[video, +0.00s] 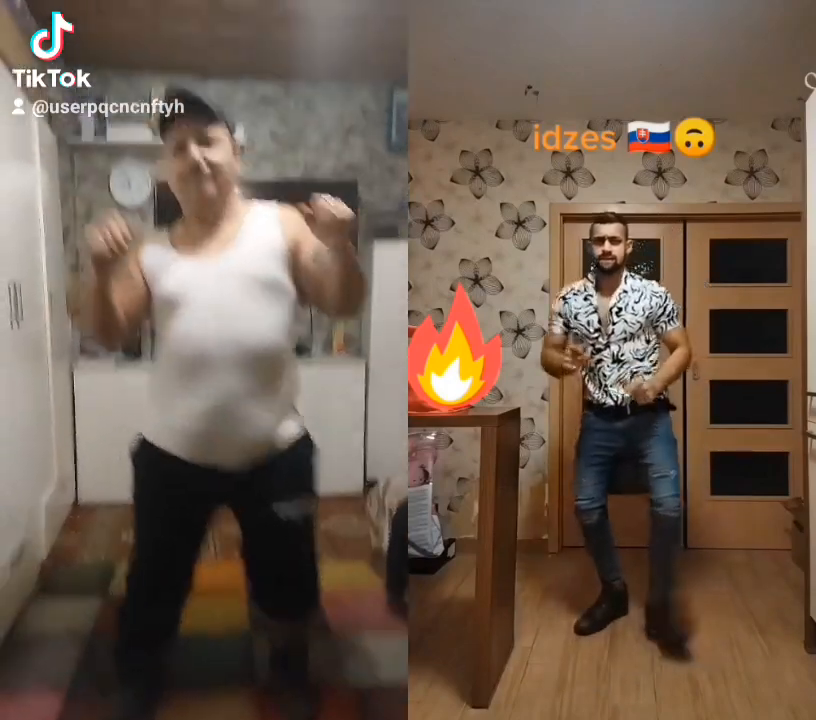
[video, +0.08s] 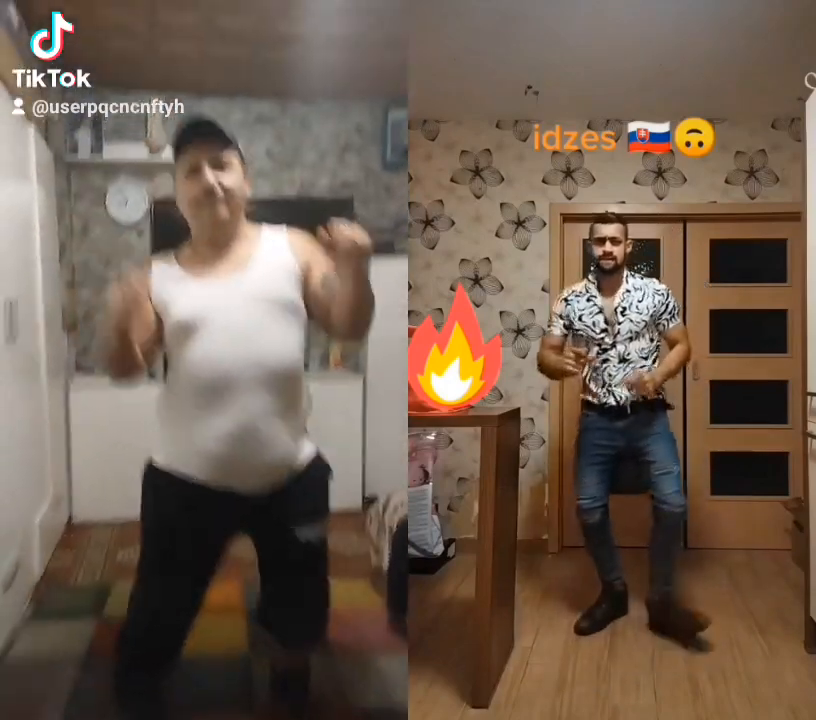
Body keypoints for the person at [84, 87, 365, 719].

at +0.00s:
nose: (198, 158)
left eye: (208, 141)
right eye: (181, 149)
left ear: (236, 149)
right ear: (166, 171)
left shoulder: (282, 224)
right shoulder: (153, 251)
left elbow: (343, 302)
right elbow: (107, 332)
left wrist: (341, 246)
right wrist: (99, 270)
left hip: (273, 452)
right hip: (173, 455)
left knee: (290, 600)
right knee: (152, 601)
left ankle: (293, 700)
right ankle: (135, 702)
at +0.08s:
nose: (210, 181)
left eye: (221, 164)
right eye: (194, 172)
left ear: (246, 176)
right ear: (176, 193)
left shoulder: (293, 248)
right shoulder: (158, 276)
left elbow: (350, 326)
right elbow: (123, 368)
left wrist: (353, 267)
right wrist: (120, 322)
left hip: (288, 480)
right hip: (186, 483)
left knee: (299, 627)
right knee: (152, 633)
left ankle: (292, 703)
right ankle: (136, 705)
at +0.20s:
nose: (236, 227)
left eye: (249, 214)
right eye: (220, 216)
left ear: (266, 228)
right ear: (196, 236)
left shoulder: (304, 301)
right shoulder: (167, 316)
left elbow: (352, 382)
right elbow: (127, 416)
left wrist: (362, 318)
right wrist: (124, 397)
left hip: (291, 536)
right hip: (184, 535)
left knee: (303, 688)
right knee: (141, 695)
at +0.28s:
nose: (251, 232)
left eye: (264, 221)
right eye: (234, 221)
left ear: (281, 237)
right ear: (209, 239)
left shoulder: (313, 316)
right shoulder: (172, 318)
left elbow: (367, 398)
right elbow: (119, 411)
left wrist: (363, 316)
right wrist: (112, 376)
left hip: (293, 551)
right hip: (182, 549)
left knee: (310, 705)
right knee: (146, 704)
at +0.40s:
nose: (258, 244)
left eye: (272, 232)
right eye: (242, 230)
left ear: (286, 248)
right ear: (212, 247)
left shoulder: (316, 330)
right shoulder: (170, 325)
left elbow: (370, 414)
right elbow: (102, 399)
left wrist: (359, 327)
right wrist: (92, 355)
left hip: (286, 575)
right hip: (169, 574)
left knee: (308, 712)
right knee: (140, 712)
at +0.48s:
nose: (252, 265)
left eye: (267, 256)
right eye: (236, 253)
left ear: (281, 277)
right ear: (207, 271)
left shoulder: (304, 357)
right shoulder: (158, 345)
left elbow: (347, 453)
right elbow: (81, 416)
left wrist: (335, 348)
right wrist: (72, 356)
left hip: (271, 615)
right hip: (147, 613)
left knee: (297, 713)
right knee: (124, 711)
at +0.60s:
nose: (237, 273)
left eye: (253, 266)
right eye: (221, 262)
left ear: (269, 293)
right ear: (194, 283)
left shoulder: (292, 376)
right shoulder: (140, 356)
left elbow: (329, 494)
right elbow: (51, 429)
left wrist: (307, 400)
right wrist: (55, 347)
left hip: (250, 650)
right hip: (118, 648)